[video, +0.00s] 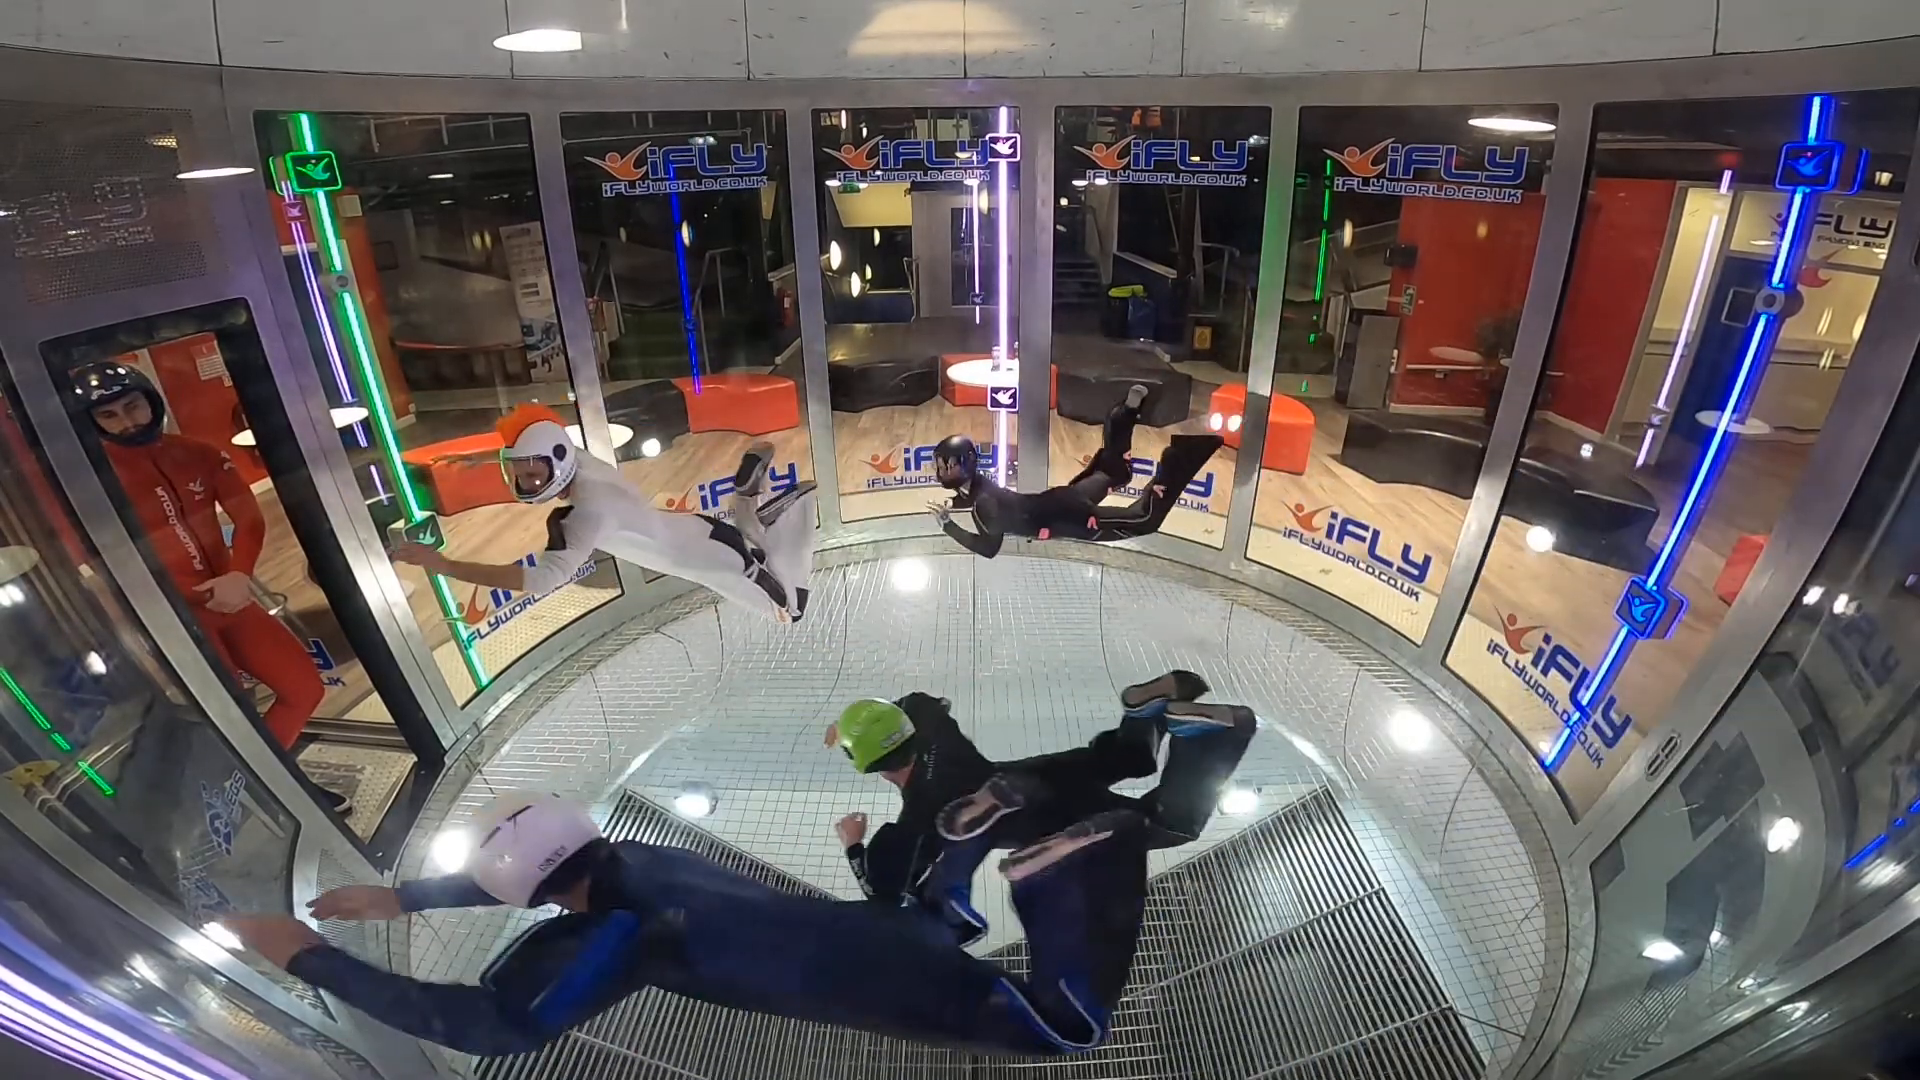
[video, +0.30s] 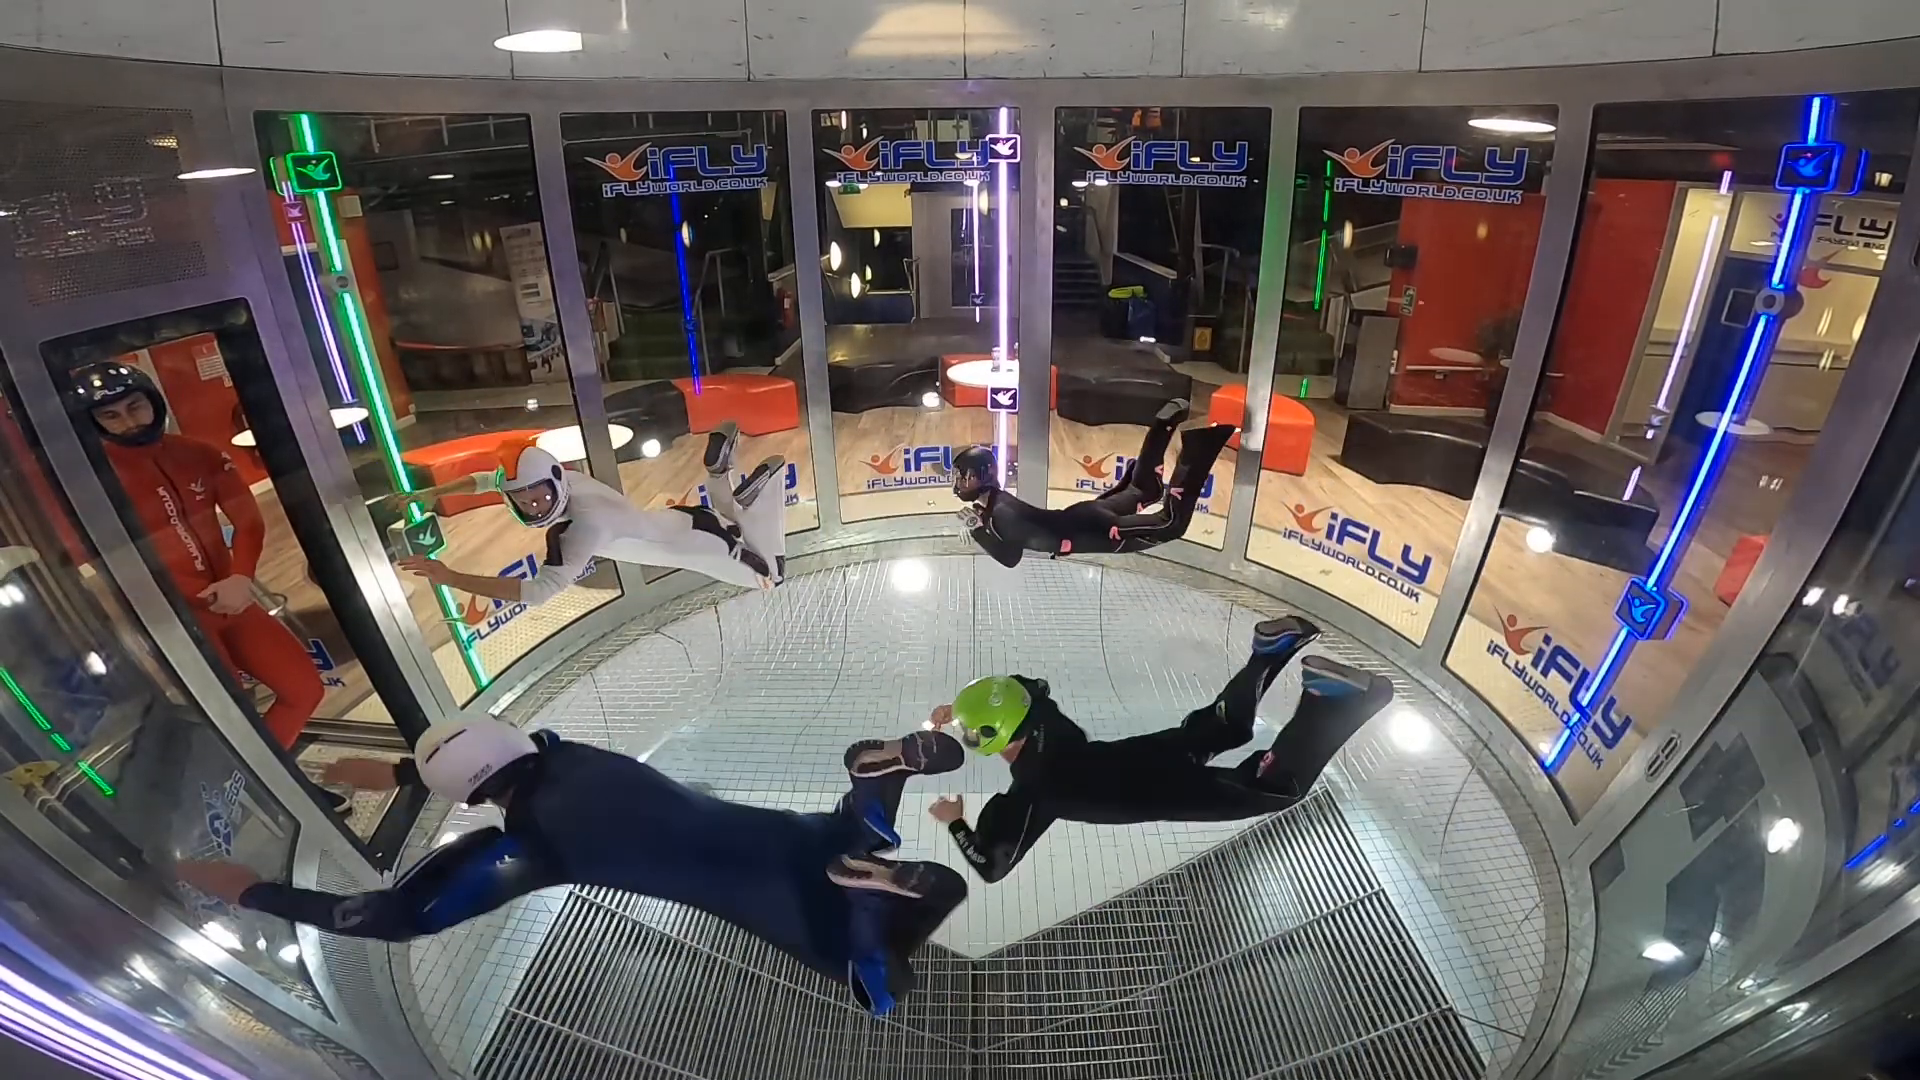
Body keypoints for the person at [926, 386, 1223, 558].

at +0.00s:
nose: (938, 472)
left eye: (943, 465)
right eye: (937, 465)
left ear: (962, 466)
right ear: (960, 464)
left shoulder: (984, 499)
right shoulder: (976, 490)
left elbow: (989, 549)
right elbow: (985, 536)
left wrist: (950, 526)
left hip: (1067, 514)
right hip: (1058, 501)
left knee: (1145, 518)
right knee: (1107, 473)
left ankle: (1181, 453)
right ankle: (1125, 413)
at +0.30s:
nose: (955, 482)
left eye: (961, 476)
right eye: (956, 476)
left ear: (980, 477)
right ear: (975, 476)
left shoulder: (1003, 511)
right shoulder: (990, 503)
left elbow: (1010, 558)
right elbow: (1004, 547)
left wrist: (979, 534)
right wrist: (982, 528)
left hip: (1093, 530)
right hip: (1079, 515)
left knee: (1171, 524)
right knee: (1141, 489)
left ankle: (1197, 447)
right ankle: (1162, 427)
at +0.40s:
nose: (958, 486)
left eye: (965, 479)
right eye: (957, 478)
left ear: (985, 479)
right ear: (978, 479)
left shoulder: (1002, 521)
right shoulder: (992, 512)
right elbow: (1006, 564)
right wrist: (977, 541)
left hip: (1094, 537)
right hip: (1082, 520)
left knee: (1170, 531)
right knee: (1143, 497)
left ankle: (1193, 454)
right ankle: (1171, 437)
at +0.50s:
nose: (952, 489)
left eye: (960, 483)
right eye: (952, 482)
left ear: (979, 486)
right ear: (962, 484)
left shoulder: (994, 524)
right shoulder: (986, 513)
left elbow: (997, 572)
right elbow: (999, 564)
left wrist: (963, 550)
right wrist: (967, 544)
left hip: (1086, 545)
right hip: (1078, 529)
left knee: (1167, 548)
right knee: (1142, 508)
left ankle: (1189, 472)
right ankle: (1175, 450)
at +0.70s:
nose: (932, 490)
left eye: (940, 486)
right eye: (934, 484)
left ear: (958, 495)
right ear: (953, 492)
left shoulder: (972, 529)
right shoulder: (968, 518)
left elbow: (965, 579)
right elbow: (967, 563)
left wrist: (926, 549)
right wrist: (941, 540)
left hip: (1061, 563)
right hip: (1056, 546)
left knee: (1151, 582)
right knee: (1132, 534)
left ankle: (1177, 504)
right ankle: (1151, 473)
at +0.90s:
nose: (917, 491)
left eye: (924, 486)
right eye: (916, 484)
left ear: (941, 491)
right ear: (919, 488)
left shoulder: (944, 530)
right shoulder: (937, 519)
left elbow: (932, 584)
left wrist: (905, 558)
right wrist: (903, 546)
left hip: (1028, 575)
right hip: (1026, 560)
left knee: (1121, 607)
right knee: (1103, 562)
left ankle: (1137, 523)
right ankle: (1126, 506)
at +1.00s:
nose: (896, 493)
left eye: (904, 487)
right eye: (897, 486)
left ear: (922, 493)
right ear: (920, 490)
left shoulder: (932, 534)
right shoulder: (929, 516)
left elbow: (901, 583)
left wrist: (877, 542)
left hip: (1017, 580)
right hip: (1015, 563)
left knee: (1103, 616)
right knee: (1087, 561)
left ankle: (1137, 527)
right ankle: (1131, 509)